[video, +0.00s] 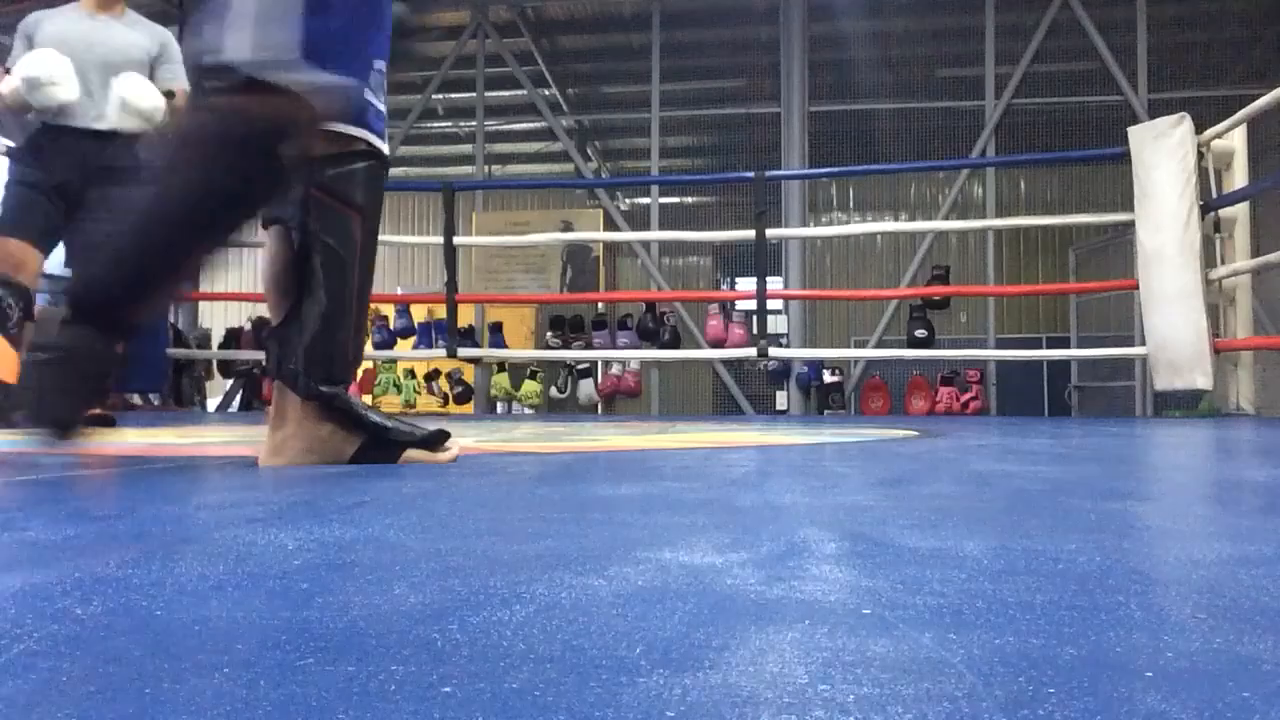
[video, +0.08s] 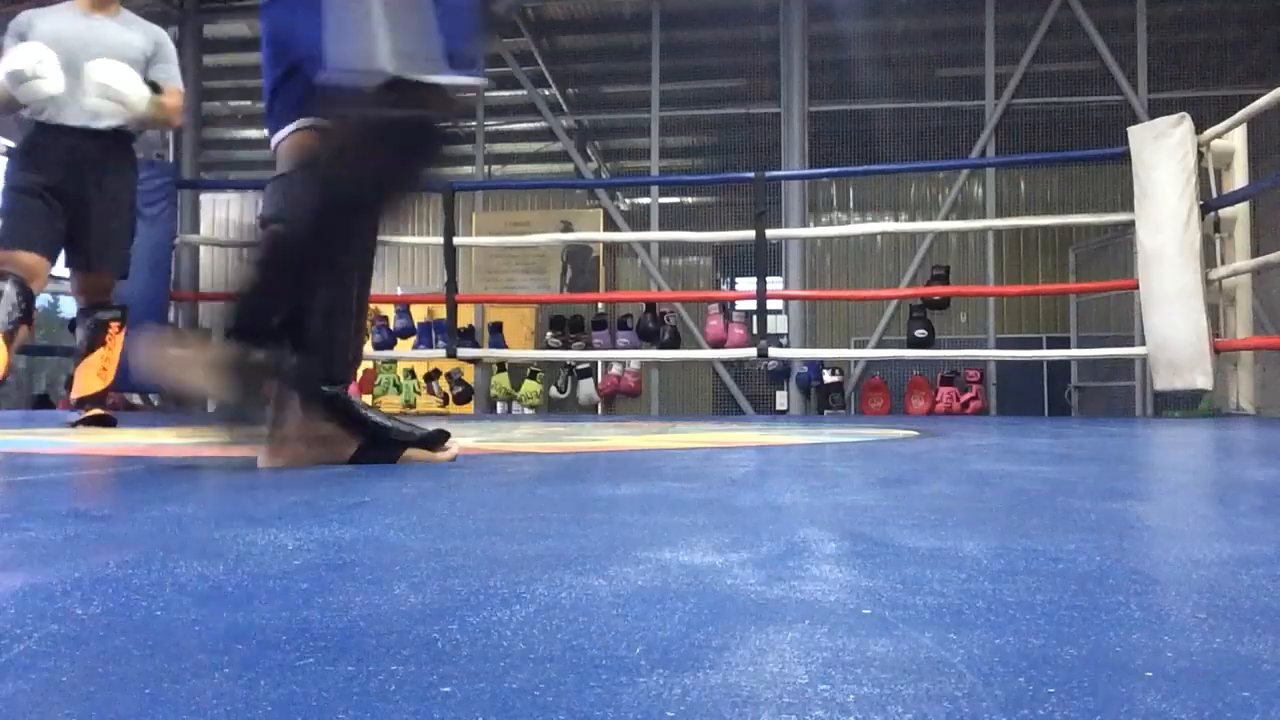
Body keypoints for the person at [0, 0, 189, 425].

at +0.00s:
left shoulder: (159, 37)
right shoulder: (38, 24)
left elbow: (182, 109)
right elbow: (6, 95)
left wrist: (158, 109)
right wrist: (24, 90)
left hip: (116, 167)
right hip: (44, 160)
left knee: (105, 285)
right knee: (12, 267)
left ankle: (91, 400)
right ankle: (9, 396)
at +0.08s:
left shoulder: (152, 37)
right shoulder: (31, 23)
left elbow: (175, 112)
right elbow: (1, 98)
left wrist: (139, 104)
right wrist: (14, 87)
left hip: (108, 167)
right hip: (40, 159)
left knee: (95, 294)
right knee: (17, 281)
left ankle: (93, 403)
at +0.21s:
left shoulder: (144, 33)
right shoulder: (20, 20)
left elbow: (167, 110)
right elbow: (0, 90)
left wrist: (117, 98)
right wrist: (16, 81)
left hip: (103, 161)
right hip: (32, 155)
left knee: (93, 291)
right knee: (12, 269)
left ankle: (91, 400)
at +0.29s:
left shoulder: (137, 30)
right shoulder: (13, 11)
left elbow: (161, 110)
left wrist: (113, 98)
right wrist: (7, 78)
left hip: (98, 156)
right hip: (23, 148)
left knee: (90, 289)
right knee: (9, 266)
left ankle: (89, 402)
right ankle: (2, 393)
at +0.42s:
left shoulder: (110, 12)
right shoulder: (8, 10)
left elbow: (141, 91)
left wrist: (111, 96)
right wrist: (6, 73)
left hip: (81, 141)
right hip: (12, 136)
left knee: (82, 279)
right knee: (6, 264)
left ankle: (82, 403)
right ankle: (3, 390)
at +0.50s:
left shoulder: (104, 8)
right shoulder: (11, 9)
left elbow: (129, 84)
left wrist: (104, 89)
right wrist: (6, 53)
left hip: (75, 128)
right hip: (11, 121)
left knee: (84, 267)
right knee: (6, 262)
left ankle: (79, 389)